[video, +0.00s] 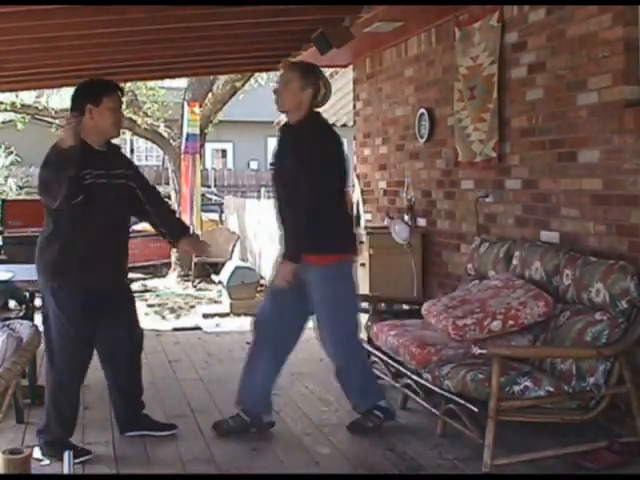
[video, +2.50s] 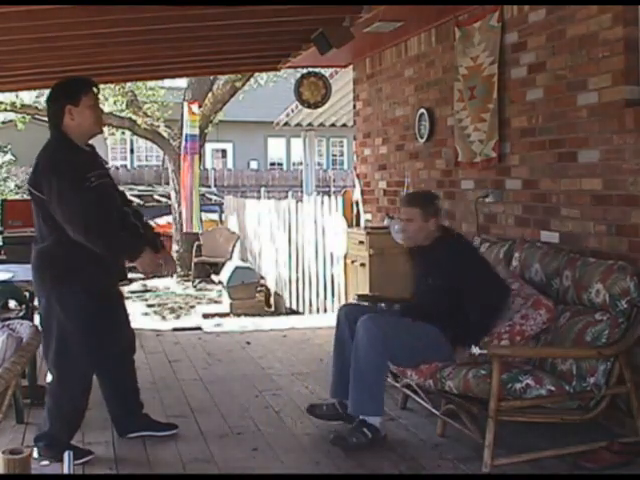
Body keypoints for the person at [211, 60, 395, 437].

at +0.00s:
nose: (276, 90)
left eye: (285, 85)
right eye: (278, 84)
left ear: (309, 93)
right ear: (296, 94)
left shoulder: (320, 136)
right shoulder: (289, 135)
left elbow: (313, 201)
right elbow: (295, 199)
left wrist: (291, 256)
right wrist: (290, 251)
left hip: (328, 255)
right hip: (299, 254)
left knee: (339, 336)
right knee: (271, 331)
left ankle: (374, 406)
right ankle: (253, 411)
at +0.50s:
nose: (214, 116)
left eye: (221, 109)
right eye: (214, 109)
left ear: (245, 112)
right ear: (228, 114)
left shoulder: (261, 157)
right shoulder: (235, 156)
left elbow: (260, 226)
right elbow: (237, 223)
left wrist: (231, 277)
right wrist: (226, 272)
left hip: (282, 268)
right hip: (261, 267)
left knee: (232, 339)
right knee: (214, 332)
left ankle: (262, 439)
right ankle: (246, 417)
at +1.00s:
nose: (214, 172)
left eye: (220, 165)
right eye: (214, 165)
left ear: (245, 169)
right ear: (239, 172)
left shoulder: (274, 206)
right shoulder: (245, 215)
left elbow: (273, 279)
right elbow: (243, 274)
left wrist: (239, 329)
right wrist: (230, 322)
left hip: (334, 287)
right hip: (305, 285)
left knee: (264, 347)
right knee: (249, 340)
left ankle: (289, 440)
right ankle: (271, 415)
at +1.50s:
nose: (293, 191)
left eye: (301, 184)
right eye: (294, 184)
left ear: (324, 189)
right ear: (317, 191)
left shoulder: (354, 223)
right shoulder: (318, 231)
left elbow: (343, 288)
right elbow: (309, 275)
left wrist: (299, 334)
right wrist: (281, 310)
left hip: (405, 299)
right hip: (369, 297)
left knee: (333, 336)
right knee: (308, 332)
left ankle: (356, 428)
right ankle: (319, 414)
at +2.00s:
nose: (453, 219)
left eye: (461, 213)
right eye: (453, 212)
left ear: (485, 218)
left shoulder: (496, 256)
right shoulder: (456, 251)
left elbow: (482, 311)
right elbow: (432, 294)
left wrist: (430, 319)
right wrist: (391, 303)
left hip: (452, 338)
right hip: (426, 323)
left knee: (377, 322)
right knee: (352, 310)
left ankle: (358, 419)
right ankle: (328, 399)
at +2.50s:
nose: (402, 227)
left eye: (409, 221)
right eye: (400, 220)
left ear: (432, 223)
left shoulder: (455, 249)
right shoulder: (420, 250)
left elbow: (496, 292)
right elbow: (427, 299)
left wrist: (465, 341)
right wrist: (402, 312)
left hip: (449, 338)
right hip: (423, 326)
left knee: (372, 327)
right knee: (349, 314)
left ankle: (369, 423)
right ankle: (347, 405)